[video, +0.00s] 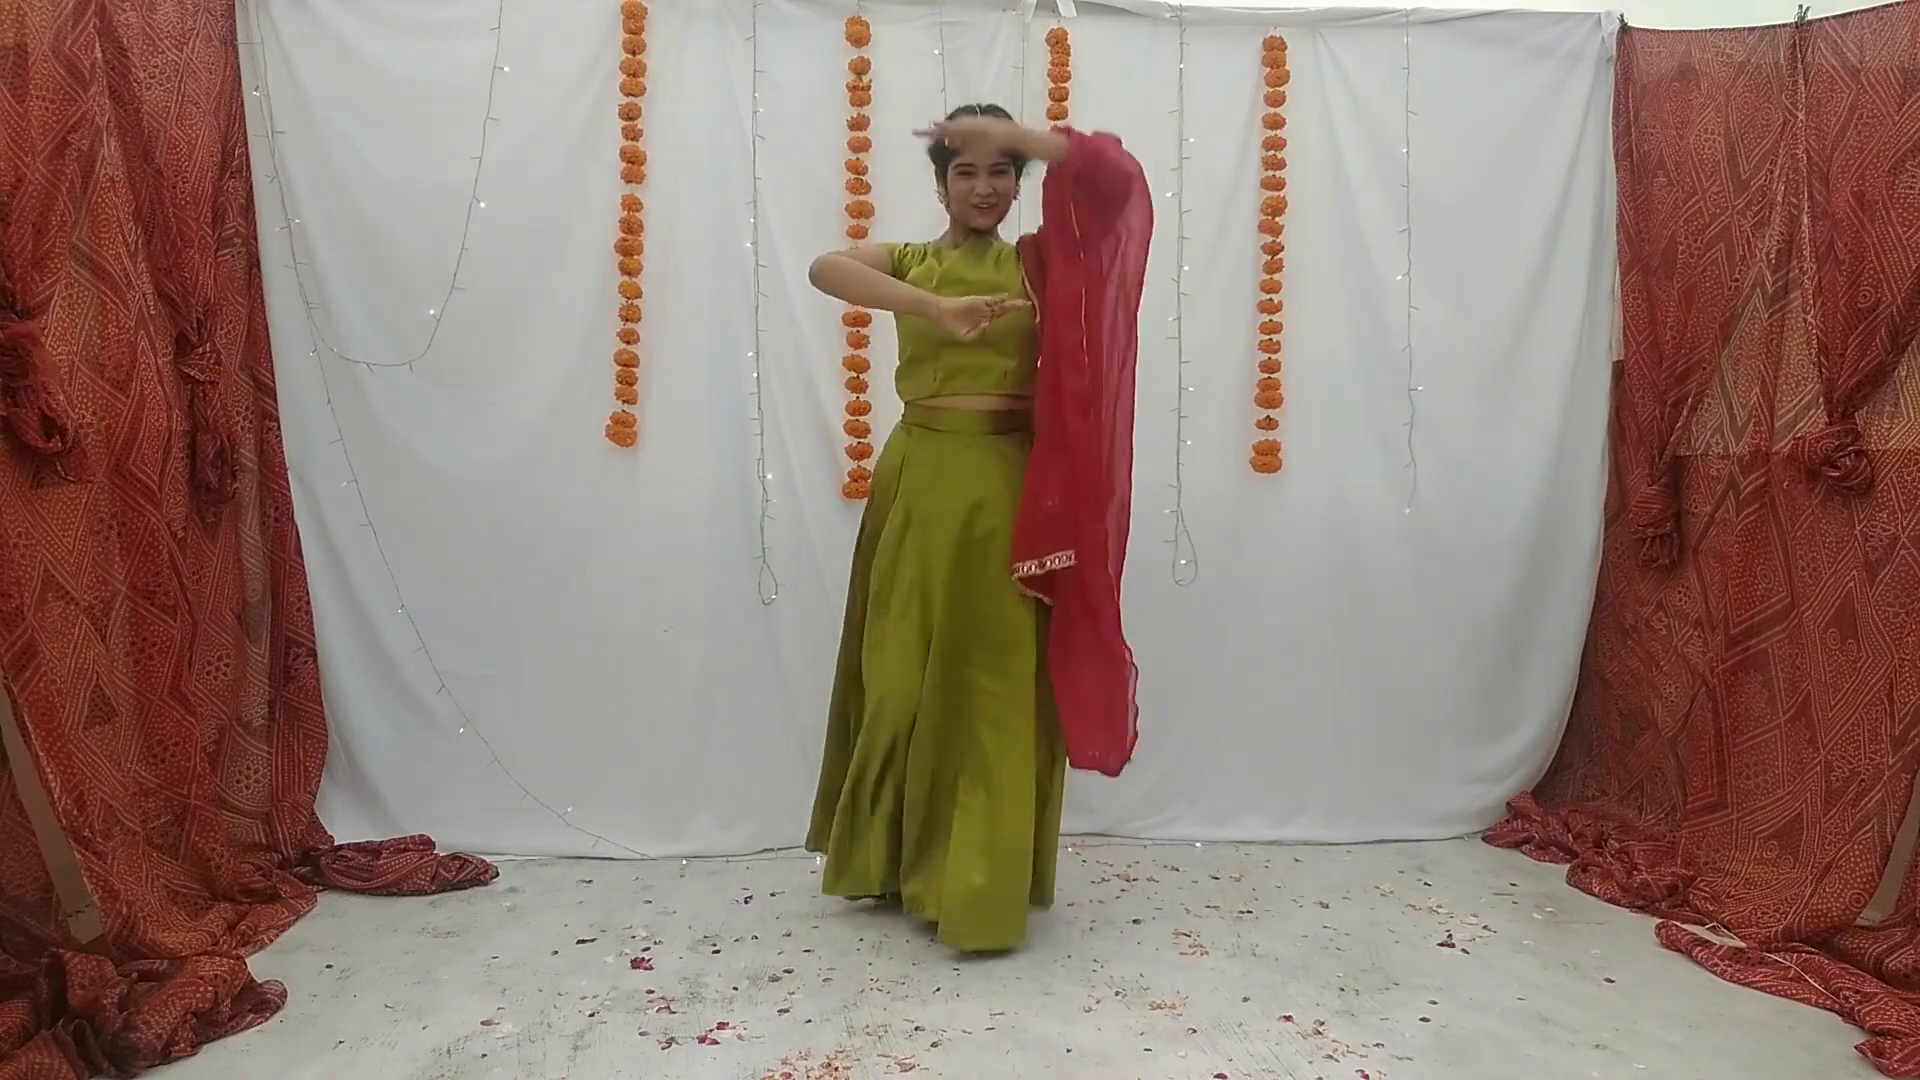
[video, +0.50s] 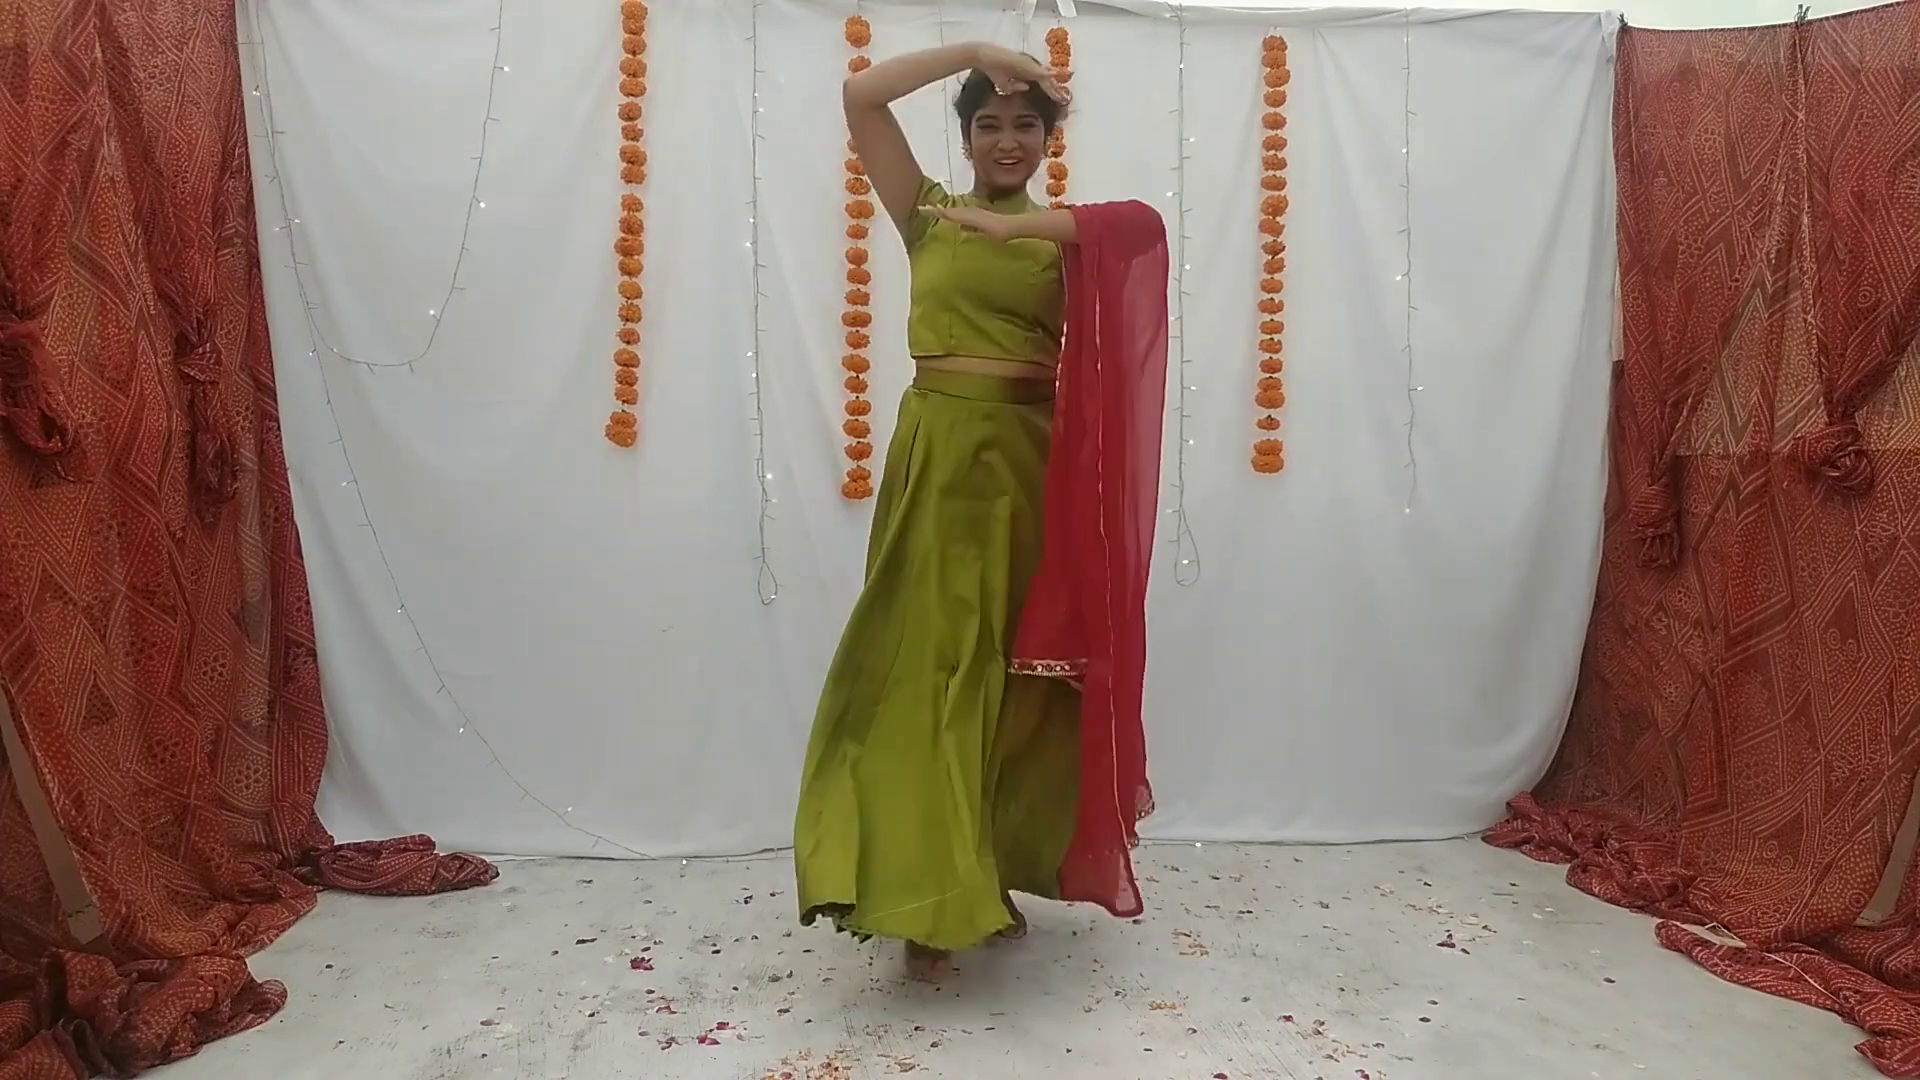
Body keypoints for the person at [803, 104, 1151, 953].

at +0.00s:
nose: (985, 186)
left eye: (1001, 171)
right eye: (969, 168)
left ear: (1020, 181)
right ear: (943, 176)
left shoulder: (1043, 262)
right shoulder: (912, 263)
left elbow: (1118, 178)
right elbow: (828, 270)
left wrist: (1020, 133)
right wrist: (930, 305)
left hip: (1012, 485)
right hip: (922, 483)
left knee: (1002, 683)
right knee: (905, 678)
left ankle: (985, 885)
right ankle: (899, 862)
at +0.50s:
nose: (1009, 139)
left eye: (1026, 125)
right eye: (992, 124)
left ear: (1047, 142)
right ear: (966, 135)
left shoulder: (1062, 240)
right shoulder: (929, 216)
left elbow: (1144, 223)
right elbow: (863, 96)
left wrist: (1005, 224)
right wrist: (973, 50)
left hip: (1029, 451)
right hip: (937, 443)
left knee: (1010, 667)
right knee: (935, 662)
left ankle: (981, 871)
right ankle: (928, 900)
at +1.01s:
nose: (1032, 144)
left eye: (1050, 127)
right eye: (1014, 126)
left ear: (1074, 138)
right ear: (985, 133)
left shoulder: (1099, 225)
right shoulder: (951, 226)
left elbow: (1162, 94)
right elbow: (848, 219)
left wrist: (1045, 42)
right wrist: (971, 246)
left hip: (1070, 474)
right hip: (967, 470)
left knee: (1071, 697)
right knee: (965, 694)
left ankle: (1074, 933)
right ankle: (973, 930)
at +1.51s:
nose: (990, 150)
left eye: (1008, 136)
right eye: (970, 139)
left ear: (1039, 163)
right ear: (949, 169)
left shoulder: (1086, 271)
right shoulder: (921, 293)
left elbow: (1197, 380)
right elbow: (916, 444)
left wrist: (1102, 319)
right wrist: (891, 372)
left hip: (1074, 533)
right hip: (959, 529)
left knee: (1082, 757)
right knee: (965, 757)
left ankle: (1080, 992)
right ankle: (960, 987)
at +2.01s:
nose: (1085, 132)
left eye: (1083, 116)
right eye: (1065, 120)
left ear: (1014, 156)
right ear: (1014, 148)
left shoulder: (971, 239)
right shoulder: (1052, 238)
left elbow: (887, 322)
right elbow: (1171, 254)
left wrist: (802, 358)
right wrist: (1289, 237)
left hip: (939, 480)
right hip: (1006, 488)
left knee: (947, 712)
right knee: (1005, 716)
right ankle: (963, 959)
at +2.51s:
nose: (963, 173)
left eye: (985, 160)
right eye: (951, 157)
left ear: (1015, 183)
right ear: (937, 172)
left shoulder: (1023, 260)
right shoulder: (926, 270)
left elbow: (933, 238)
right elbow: (807, 303)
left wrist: (826, 171)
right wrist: (791, 195)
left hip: (1042, 482)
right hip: (964, 489)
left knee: (1021, 685)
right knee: (939, 696)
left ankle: (1041, 879)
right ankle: (963, 887)